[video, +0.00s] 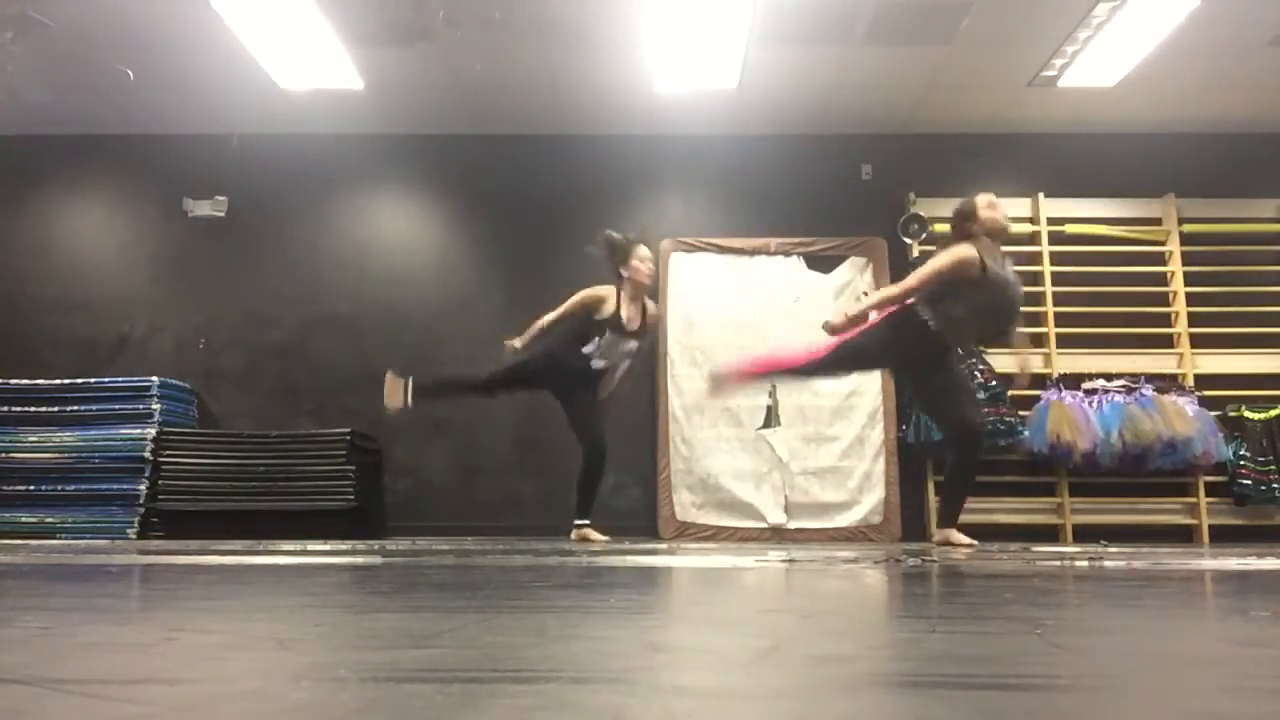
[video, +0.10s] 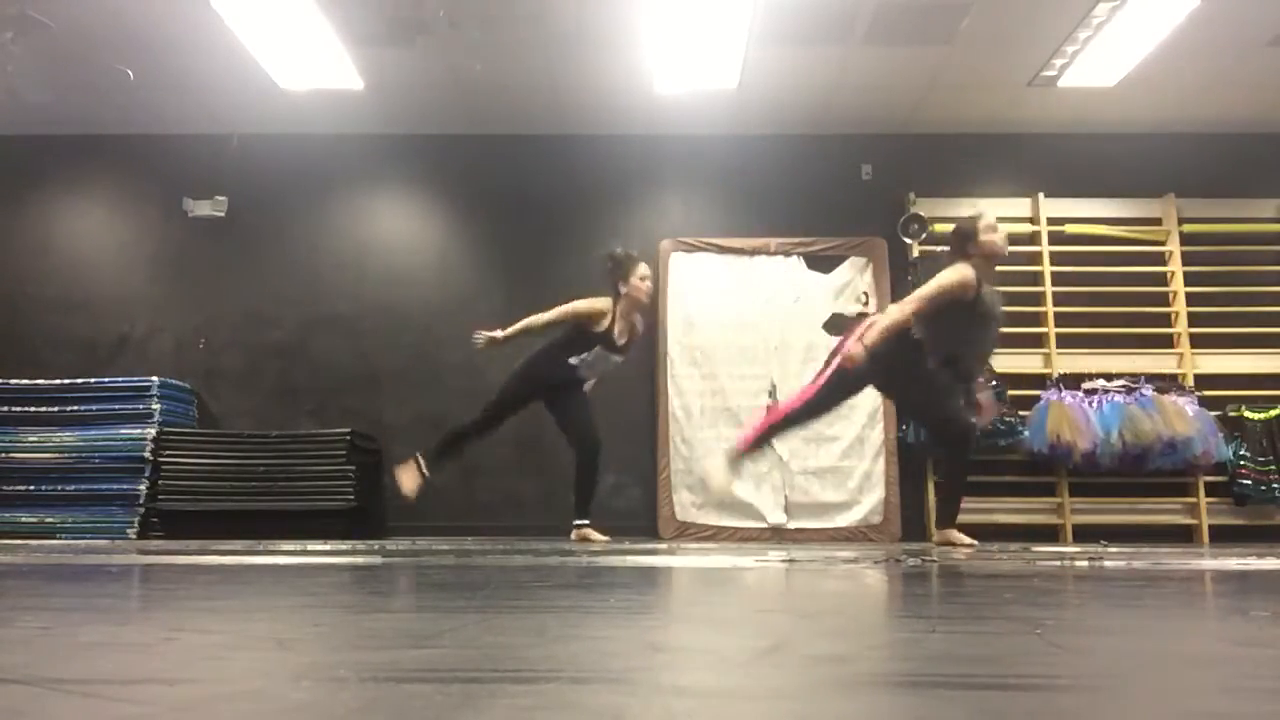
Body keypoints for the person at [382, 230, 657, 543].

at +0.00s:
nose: (652, 268)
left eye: (652, 262)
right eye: (644, 262)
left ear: (649, 269)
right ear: (625, 270)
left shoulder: (651, 314)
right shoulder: (602, 297)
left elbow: (629, 354)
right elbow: (555, 315)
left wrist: (613, 385)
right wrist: (522, 340)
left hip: (582, 385)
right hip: (553, 364)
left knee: (596, 449)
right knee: (488, 385)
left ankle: (582, 526)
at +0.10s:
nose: (650, 286)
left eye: (650, 280)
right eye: (643, 279)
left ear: (642, 285)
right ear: (623, 285)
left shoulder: (637, 326)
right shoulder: (600, 309)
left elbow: (606, 355)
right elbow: (550, 316)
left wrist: (592, 381)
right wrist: (504, 335)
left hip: (568, 388)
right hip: (540, 375)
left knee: (589, 446)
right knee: (486, 423)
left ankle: (582, 525)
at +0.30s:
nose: (604, 290)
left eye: (605, 284)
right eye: (597, 283)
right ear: (574, 288)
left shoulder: (588, 331)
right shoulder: (542, 309)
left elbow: (562, 370)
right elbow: (497, 331)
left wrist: (540, 412)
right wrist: (464, 355)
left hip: (547, 399)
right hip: (511, 394)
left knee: (580, 449)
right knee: (479, 453)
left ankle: (581, 526)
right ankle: (461, 527)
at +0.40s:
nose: (564, 278)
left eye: (566, 273)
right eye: (557, 270)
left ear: (567, 279)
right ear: (535, 274)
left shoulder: (562, 322)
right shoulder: (504, 299)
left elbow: (562, 370)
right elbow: (478, 335)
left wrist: (545, 379)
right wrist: (462, 368)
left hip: (531, 396)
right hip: (493, 392)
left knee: (559, 447)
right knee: (460, 451)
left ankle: (579, 519)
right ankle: (460, 527)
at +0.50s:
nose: (499, 259)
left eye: (508, 255)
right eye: (498, 253)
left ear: (528, 265)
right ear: (496, 259)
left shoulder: (537, 308)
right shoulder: (486, 293)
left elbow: (545, 359)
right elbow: (475, 339)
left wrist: (542, 403)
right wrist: (467, 377)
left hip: (516, 386)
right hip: (483, 386)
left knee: (504, 443)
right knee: (456, 448)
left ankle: (552, 505)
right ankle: (459, 526)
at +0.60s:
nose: (473, 256)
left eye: (480, 250)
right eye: (474, 250)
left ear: (501, 256)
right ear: (489, 256)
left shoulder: (515, 295)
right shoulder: (482, 293)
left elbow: (525, 344)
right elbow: (482, 342)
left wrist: (522, 391)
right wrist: (472, 381)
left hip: (498, 381)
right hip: (476, 379)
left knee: (460, 442)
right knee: (456, 446)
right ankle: (460, 524)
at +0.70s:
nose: (464, 258)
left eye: (470, 251)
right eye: (465, 251)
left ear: (489, 256)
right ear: (486, 257)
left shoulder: (500, 290)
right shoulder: (487, 291)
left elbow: (500, 339)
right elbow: (484, 341)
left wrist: (485, 382)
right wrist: (468, 380)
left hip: (476, 379)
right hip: (468, 377)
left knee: (442, 444)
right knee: (446, 447)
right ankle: (453, 523)